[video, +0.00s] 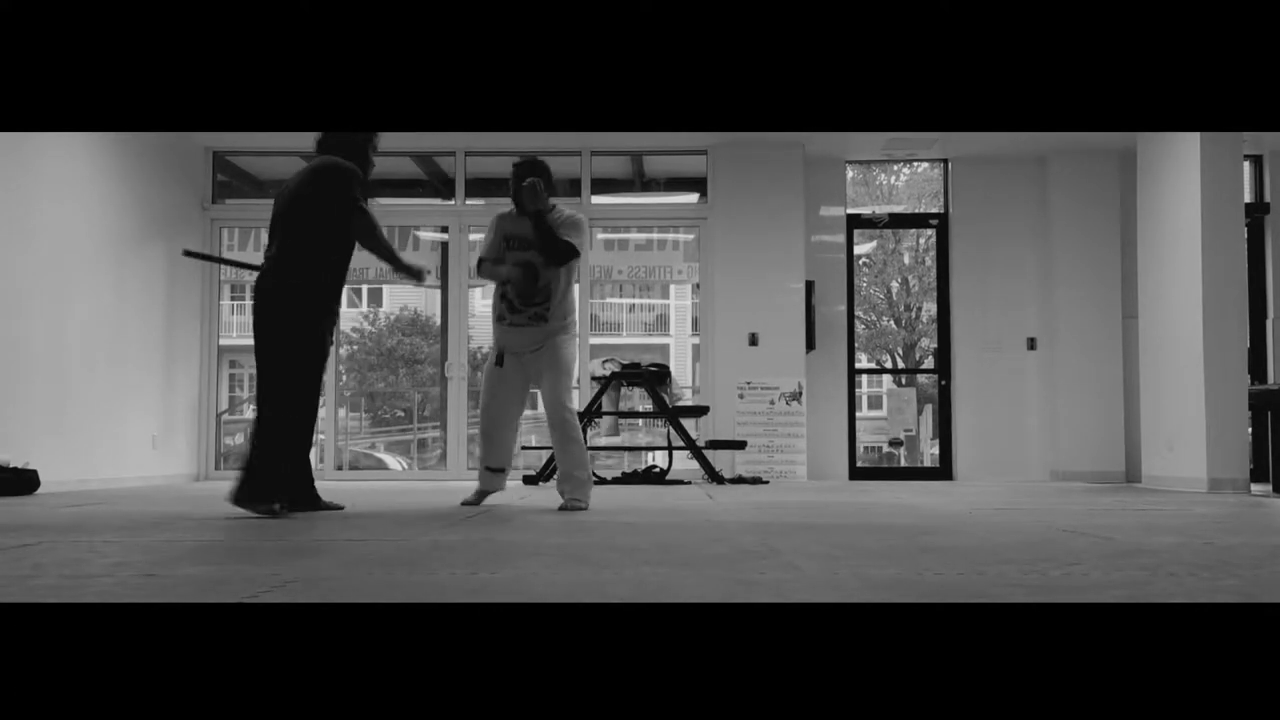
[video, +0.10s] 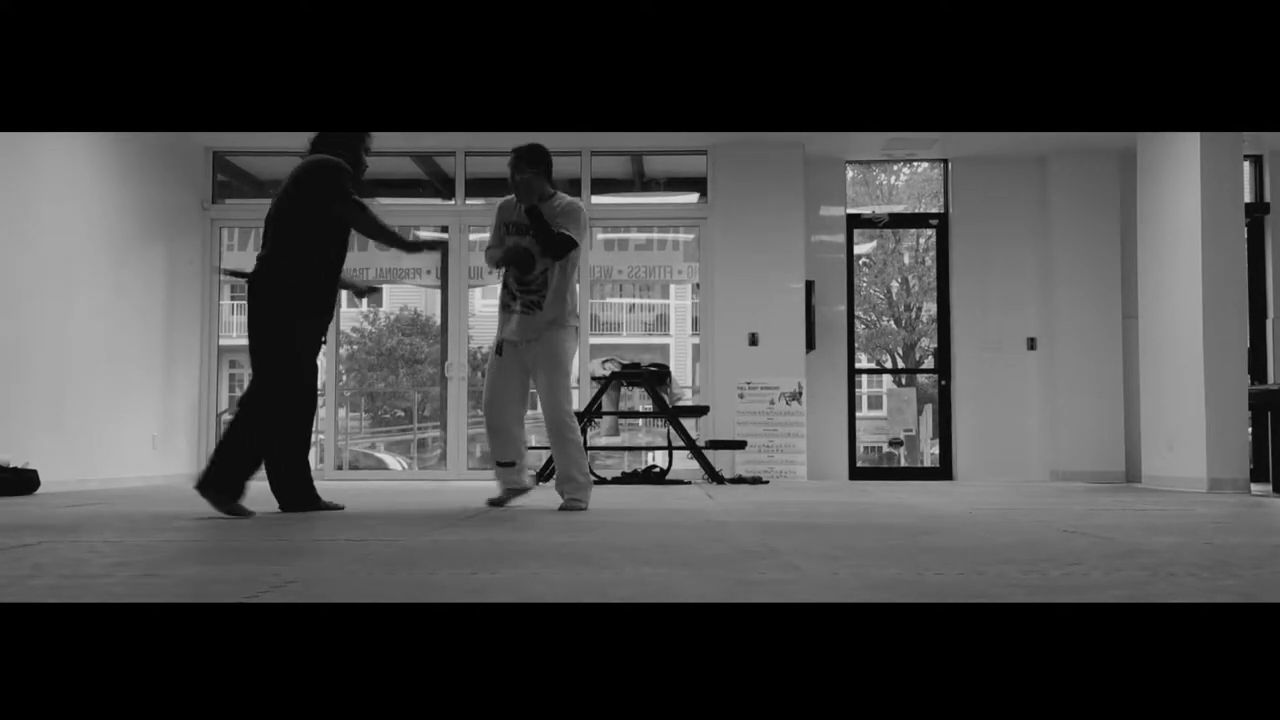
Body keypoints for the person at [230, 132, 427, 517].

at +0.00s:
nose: (372, 161)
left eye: (373, 152)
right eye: (370, 151)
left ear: (328, 145)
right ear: (353, 148)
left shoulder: (296, 183)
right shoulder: (342, 178)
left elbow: (279, 248)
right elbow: (366, 233)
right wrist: (402, 265)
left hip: (274, 299)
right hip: (303, 305)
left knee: (294, 398)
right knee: (288, 397)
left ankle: (299, 491)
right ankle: (255, 490)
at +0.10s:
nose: (366, 161)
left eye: (366, 153)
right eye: (362, 151)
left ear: (326, 143)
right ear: (345, 147)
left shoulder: (305, 178)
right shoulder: (328, 174)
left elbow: (302, 257)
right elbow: (368, 224)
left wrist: (351, 285)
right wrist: (410, 243)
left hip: (281, 302)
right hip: (288, 305)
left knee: (290, 396)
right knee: (278, 393)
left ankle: (297, 497)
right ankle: (220, 484)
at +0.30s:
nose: (353, 161)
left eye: (354, 153)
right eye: (349, 151)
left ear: (323, 146)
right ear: (328, 146)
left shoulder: (312, 196)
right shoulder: (299, 166)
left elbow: (345, 265)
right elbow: (339, 209)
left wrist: (404, 261)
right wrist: (374, 211)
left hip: (282, 314)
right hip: (258, 309)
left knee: (289, 403)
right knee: (246, 397)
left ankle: (296, 497)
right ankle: (204, 493)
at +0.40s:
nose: (343, 155)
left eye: (343, 148)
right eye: (339, 146)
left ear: (317, 147)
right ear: (316, 144)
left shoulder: (309, 195)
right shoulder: (276, 167)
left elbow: (341, 258)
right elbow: (305, 209)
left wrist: (397, 238)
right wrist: (351, 203)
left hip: (280, 317)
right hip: (243, 311)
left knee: (287, 402)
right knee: (237, 398)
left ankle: (295, 496)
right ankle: (204, 499)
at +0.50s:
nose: (329, 152)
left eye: (329, 145)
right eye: (324, 143)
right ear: (299, 140)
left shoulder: (302, 191)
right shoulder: (258, 165)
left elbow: (344, 242)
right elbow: (284, 211)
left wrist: (387, 207)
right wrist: (328, 195)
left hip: (273, 317)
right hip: (233, 310)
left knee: (286, 401)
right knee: (231, 399)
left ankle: (294, 495)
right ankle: (206, 500)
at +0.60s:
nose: (318, 143)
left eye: (317, 136)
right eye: (311, 135)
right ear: (286, 135)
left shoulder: (301, 186)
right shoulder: (240, 167)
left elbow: (348, 223)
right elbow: (266, 214)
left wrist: (373, 178)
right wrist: (316, 198)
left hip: (267, 314)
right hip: (223, 308)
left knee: (279, 400)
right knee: (223, 400)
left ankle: (292, 494)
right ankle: (206, 500)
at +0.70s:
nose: (305, 142)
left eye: (305, 136)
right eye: (300, 136)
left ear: (262, 136)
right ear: (282, 137)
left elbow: (351, 203)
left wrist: (376, 170)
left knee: (273, 401)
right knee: (219, 401)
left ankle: (292, 494)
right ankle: (205, 501)